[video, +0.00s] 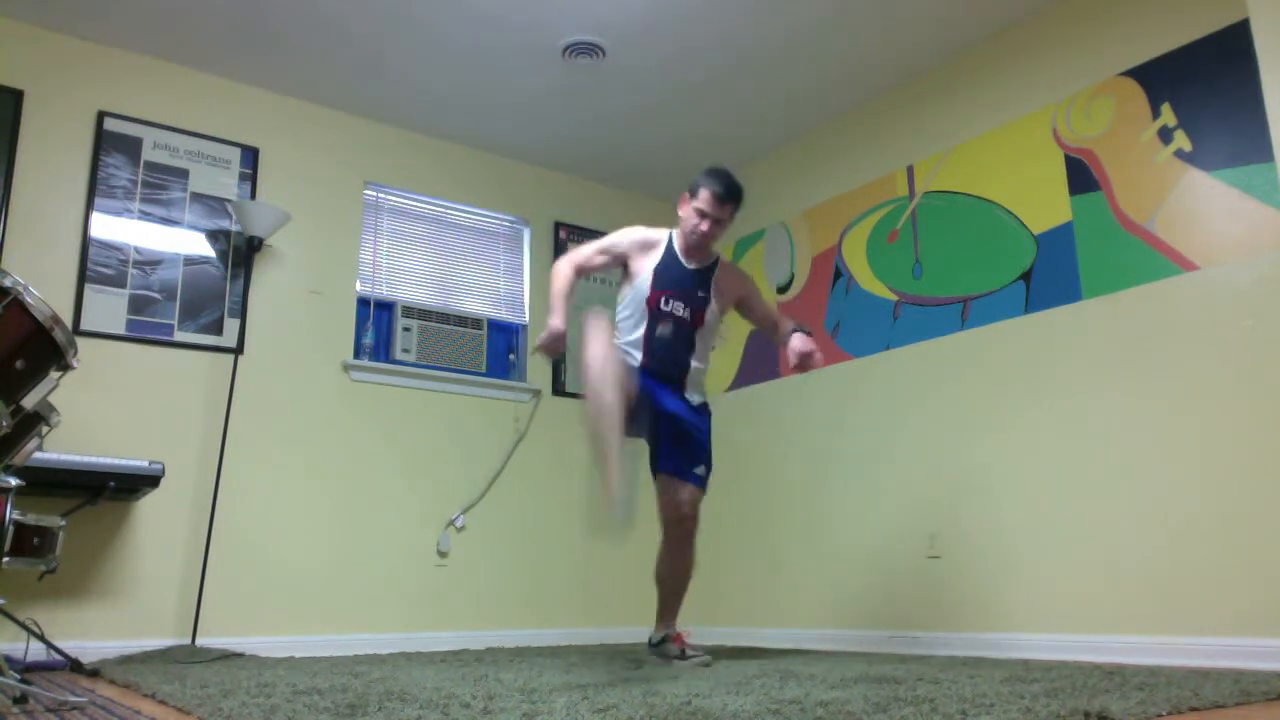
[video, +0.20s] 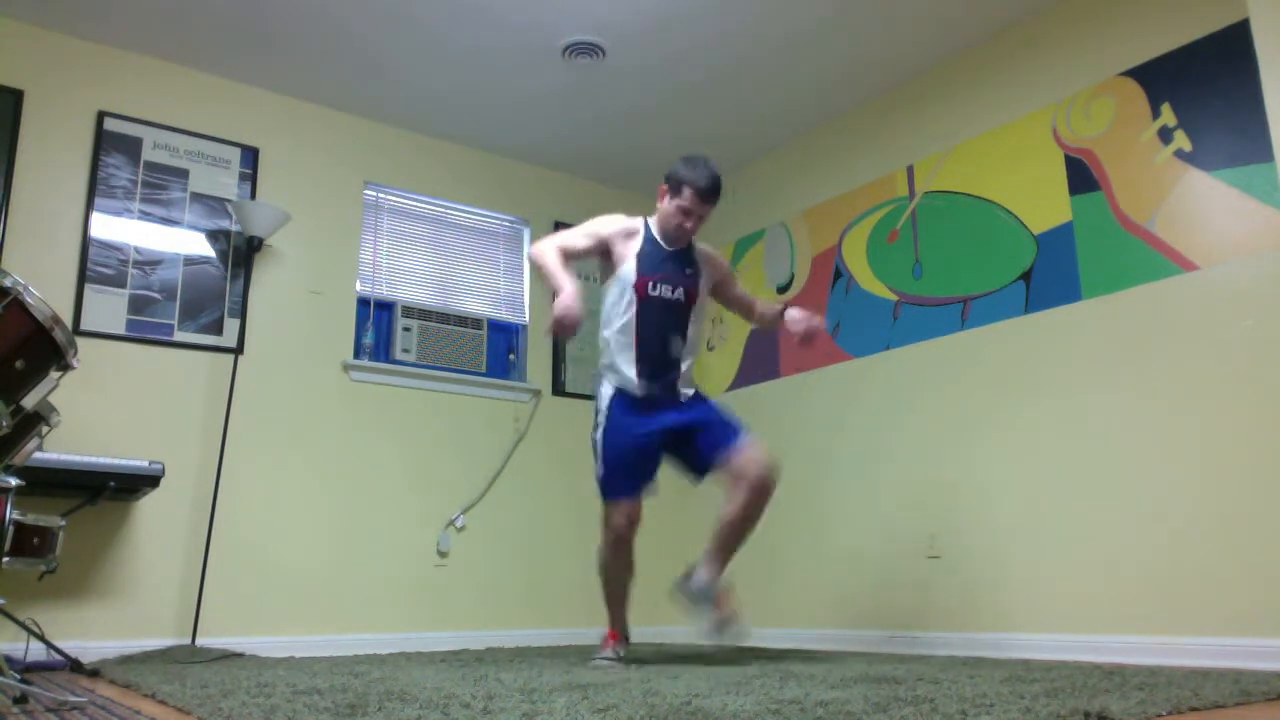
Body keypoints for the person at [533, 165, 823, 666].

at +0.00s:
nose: (705, 228)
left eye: (717, 222)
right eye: (700, 214)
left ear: (728, 226)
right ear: (682, 204)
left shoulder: (732, 281)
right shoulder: (640, 243)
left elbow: (779, 330)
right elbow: (567, 264)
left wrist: (795, 340)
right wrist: (555, 322)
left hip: (684, 403)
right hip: (629, 388)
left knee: (683, 514)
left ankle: (664, 633)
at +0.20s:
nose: (691, 226)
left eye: (700, 218)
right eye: (685, 213)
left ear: (709, 215)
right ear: (663, 196)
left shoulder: (707, 263)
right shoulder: (620, 232)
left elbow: (754, 310)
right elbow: (545, 249)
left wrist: (786, 311)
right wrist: (567, 289)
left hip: (683, 402)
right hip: (626, 405)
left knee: (757, 471)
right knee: (620, 525)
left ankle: (704, 579)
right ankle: (616, 636)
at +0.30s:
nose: (704, 217)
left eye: (713, 209)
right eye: (699, 204)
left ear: (720, 206)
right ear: (676, 186)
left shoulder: (713, 248)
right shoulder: (629, 216)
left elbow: (756, 289)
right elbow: (557, 233)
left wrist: (799, 311)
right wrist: (596, 274)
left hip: (679, 385)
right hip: (623, 390)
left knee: (761, 425)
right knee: (612, 505)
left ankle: (725, 548)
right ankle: (616, 609)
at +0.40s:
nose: (721, 225)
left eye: (730, 218)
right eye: (717, 212)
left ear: (737, 215)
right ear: (695, 191)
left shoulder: (724, 252)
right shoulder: (644, 216)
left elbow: (769, 294)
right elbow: (574, 228)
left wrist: (813, 331)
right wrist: (617, 288)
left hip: (675, 382)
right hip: (616, 379)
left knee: (739, 446)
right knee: (630, 471)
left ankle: (722, 583)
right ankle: (639, 575)